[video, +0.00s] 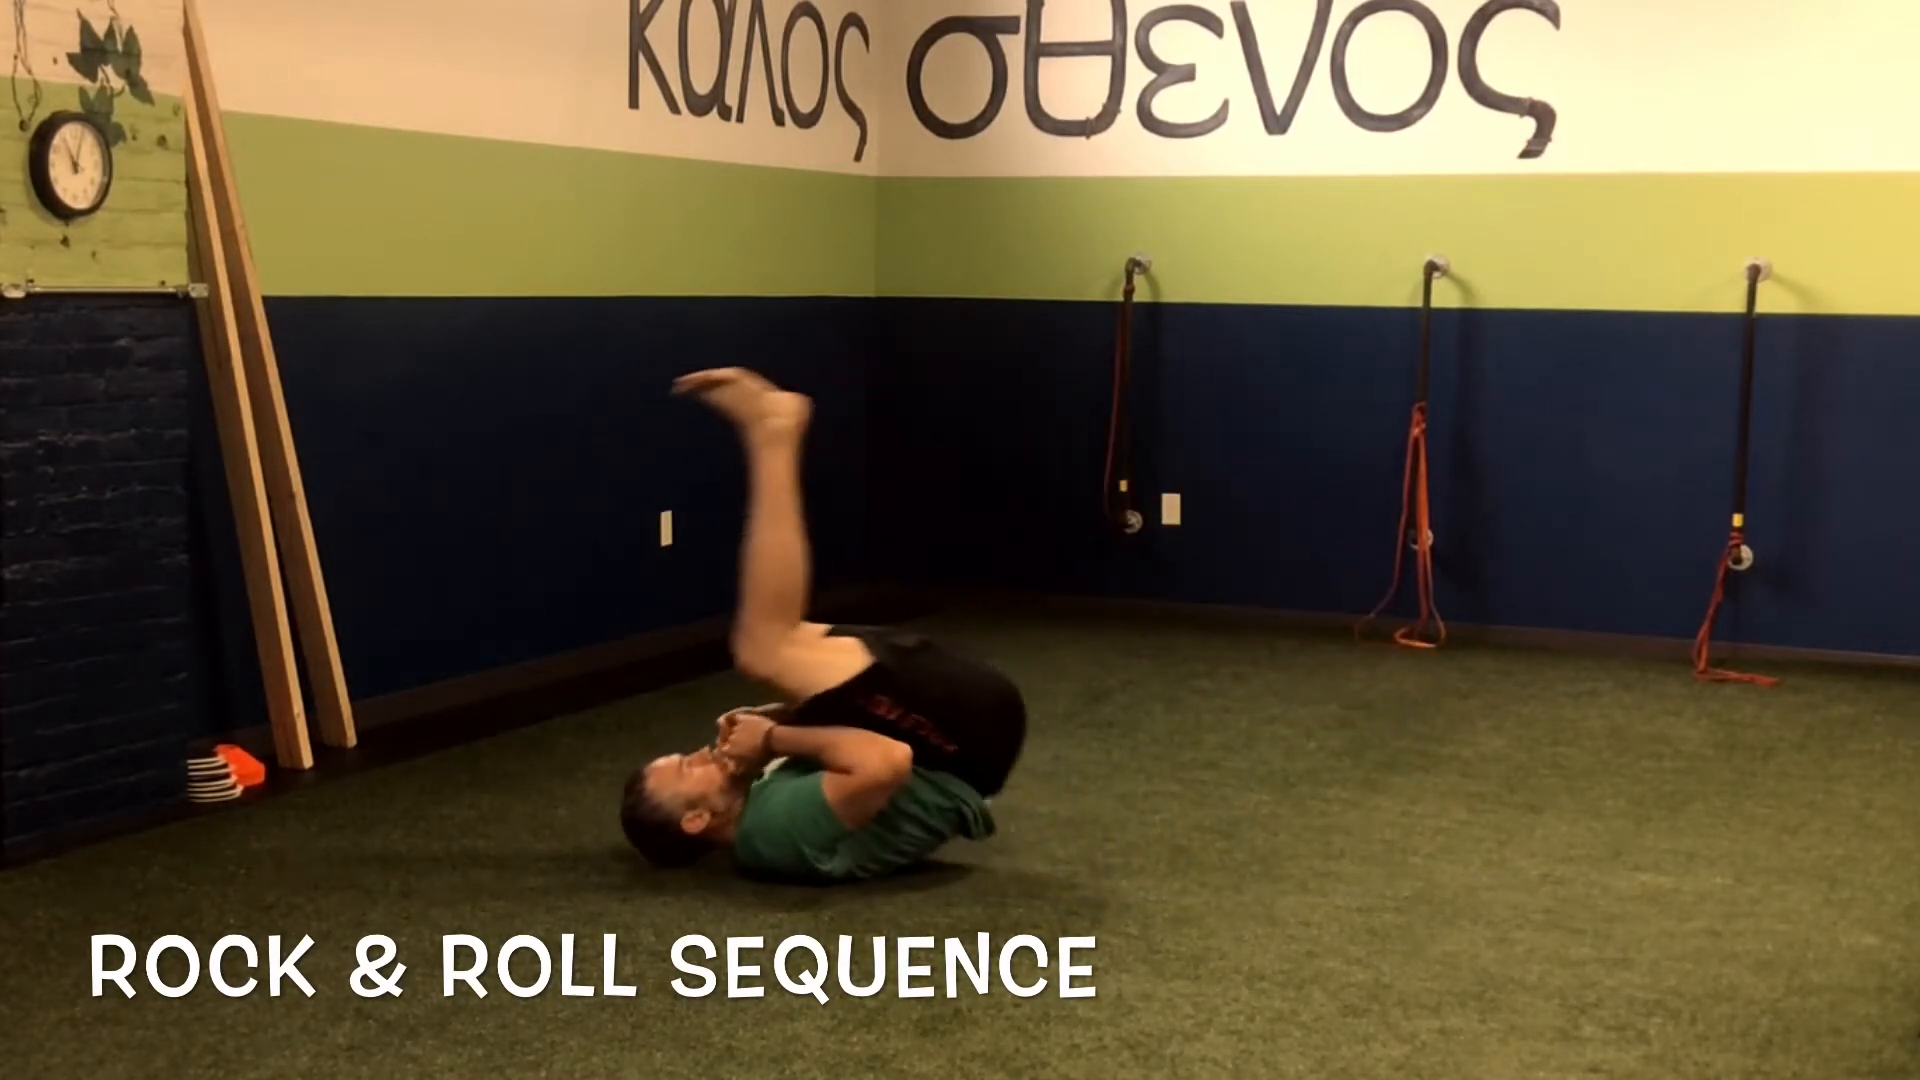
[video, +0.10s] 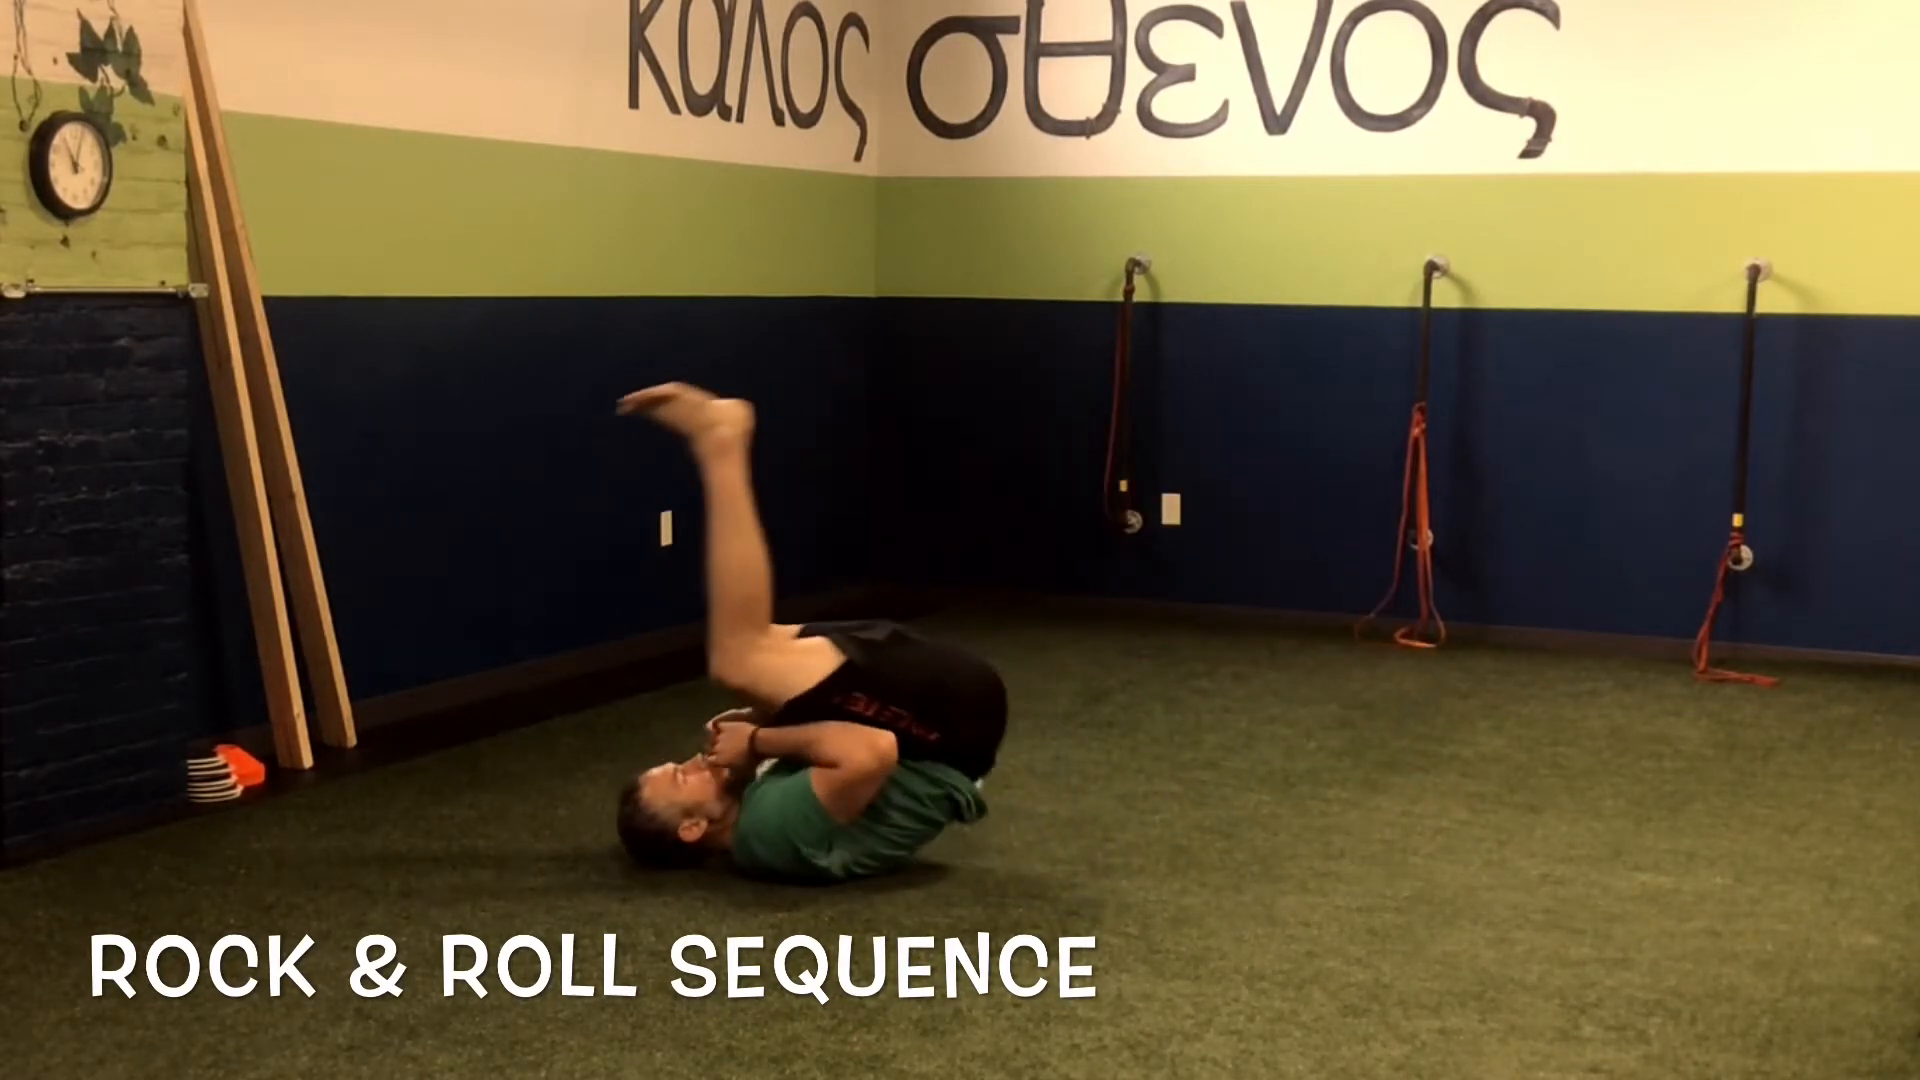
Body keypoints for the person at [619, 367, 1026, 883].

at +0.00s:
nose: (699, 750)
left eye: (682, 755)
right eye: (686, 768)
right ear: (699, 819)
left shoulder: (764, 809)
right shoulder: (773, 830)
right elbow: (888, 762)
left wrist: (763, 744)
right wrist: (772, 736)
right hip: (976, 732)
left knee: (784, 640)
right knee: (762, 646)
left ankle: (774, 431)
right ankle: (773, 431)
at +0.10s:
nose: (692, 760)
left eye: (676, 764)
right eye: (679, 778)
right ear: (695, 826)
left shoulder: (754, 812)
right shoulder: (770, 829)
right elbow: (873, 753)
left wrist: (747, 741)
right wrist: (756, 739)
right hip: (962, 714)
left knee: (759, 645)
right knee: (739, 654)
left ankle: (721, 441)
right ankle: (721, 439)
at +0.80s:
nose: (697, 751)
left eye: (680, 755)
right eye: (683, 768)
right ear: (695, 817)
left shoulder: (763, 810)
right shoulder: (770, 832)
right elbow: (887, 770)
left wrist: (771, 720)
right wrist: (769, 740)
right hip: (979, 738)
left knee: (793, 631)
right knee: (769, 638)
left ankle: (839, 429)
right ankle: (838, 430)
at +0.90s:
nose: (707, 739)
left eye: (690, 741)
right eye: (692, 753)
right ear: (701, 805)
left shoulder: (772, 800)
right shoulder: (775, 826)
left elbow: (866, 715)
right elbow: (902, 778)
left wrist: (787, 710)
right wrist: (787, 736)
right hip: (992, 753)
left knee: (809, 617)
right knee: (805, 624)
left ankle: (924, 438)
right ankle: (917, 438)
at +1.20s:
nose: (801, 664)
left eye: (786, 656)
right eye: (780, 665)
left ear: (786, 689)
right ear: (762, 712)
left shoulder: (830, 741)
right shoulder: (820, 776)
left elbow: (962, 738)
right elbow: (970, 801)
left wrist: (902, 688)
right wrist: (900, 701)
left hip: (1019, 812)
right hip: (1030, 833)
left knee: (976, 587)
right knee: (976, 596)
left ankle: (1187, 555)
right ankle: (1196, 559)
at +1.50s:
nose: (934, 591)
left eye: (923, 578)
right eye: (916, 586)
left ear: (886, 616)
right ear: (879, 620)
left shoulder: (898, 671)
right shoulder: (906, 696)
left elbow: (1025, 756)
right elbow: (1043, 779)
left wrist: (996, 661)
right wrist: (1016, 669)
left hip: (1045, 826)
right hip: (1062, 850)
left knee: (1126, 610)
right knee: (1137, 619)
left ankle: (1319, 731)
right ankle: (1333, 735)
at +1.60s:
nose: (969, 573)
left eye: (960, 560)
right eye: (952, 566)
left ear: (911, 594)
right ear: (913, 593)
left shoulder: (918, 654)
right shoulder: (938, 675)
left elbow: (1026, 752)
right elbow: (1061, 776)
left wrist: (1014, 661)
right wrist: (1045, 661)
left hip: (1045, 825)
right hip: (1069, 845)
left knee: (1151, 623)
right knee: (1171, 632)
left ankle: (1334, 752)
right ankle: (1348, 769)